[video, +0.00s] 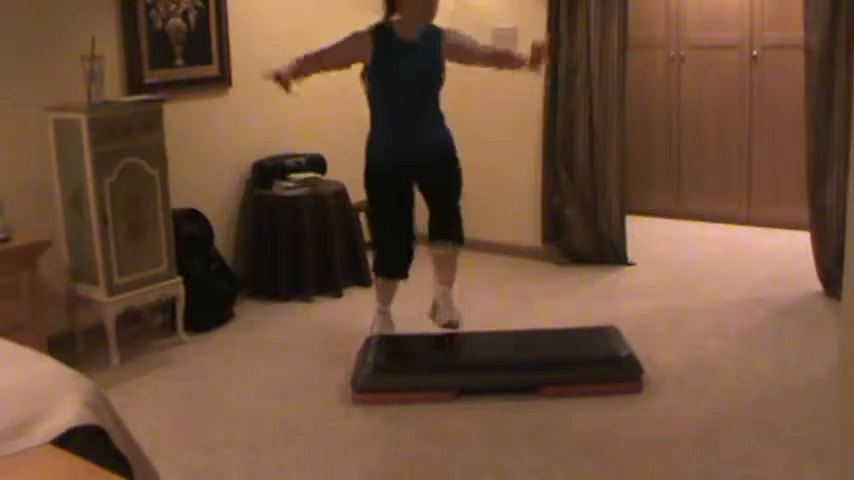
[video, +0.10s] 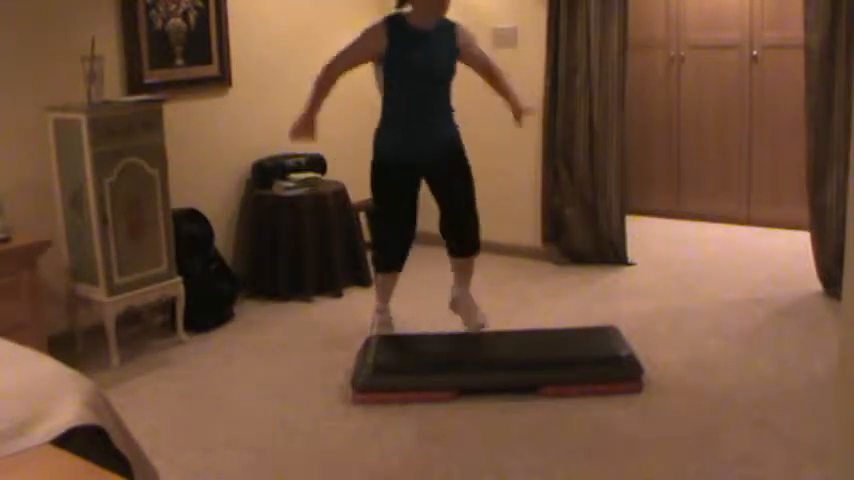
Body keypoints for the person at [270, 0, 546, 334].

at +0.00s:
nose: (433, 5)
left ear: (433, 5)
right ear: (402, 3)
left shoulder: (441, 40)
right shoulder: (371, 41)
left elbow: (484, 55)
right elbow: (323, 59)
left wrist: (524, 60)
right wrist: (291, 72)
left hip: (434, 149)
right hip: (387, 152)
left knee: (447, 226)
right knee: (391, 238)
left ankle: (444, 299)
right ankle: (382, 316)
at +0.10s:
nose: (446, 3)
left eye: (446, 1)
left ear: (444, 5)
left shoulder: (453, 34)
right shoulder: (386, 32)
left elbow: (486, 68)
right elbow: (333, 68)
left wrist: (513, 100)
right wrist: (309, 115)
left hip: (442, 145)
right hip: (396, 147)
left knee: (464, 224)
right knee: (393, 232)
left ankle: (462, 295)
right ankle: (382, 313)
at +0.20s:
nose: (460, 6)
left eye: (461, 3)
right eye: (453, 2)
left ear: (463, 6)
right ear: (432, 3)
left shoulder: (466, 38)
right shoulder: (404, 35)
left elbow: (474, 85)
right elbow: (362, 77)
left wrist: (485, 125)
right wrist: (348, 127)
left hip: (455, 152)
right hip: (410, 153)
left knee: (472, 227)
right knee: (400, 235)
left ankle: (466, 298)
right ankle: (382, 313)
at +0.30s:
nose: (475, 10)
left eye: (478, 4)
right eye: (468, 4)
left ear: (480, 8)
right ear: (448, 7)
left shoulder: (482, 45)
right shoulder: (421, 45)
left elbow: (476, 99)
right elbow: (387, 86)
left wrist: (479, 145)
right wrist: (376, 133)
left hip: (472, 159)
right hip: (429, 161)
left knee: (476, 241)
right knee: (423, 248)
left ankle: (464, 309)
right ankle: (391, 311)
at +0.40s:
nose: (485, 5)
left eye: (488, 2)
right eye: (479, 1)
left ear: (492, 5)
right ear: (463, 3)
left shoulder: (497, 38)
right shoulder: (437, 36)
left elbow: (508, 81)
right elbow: (395, 79)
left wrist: (511, 121)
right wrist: (383, 131)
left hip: (482, 152)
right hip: (442, 152)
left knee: (483, 233)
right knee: (454, 233)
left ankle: (464, 307)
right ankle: (428, 296)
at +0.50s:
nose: (494, 2)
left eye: (497, 1)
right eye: (489, 0)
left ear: (500, 1)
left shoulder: (509, 27)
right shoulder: (450, 27)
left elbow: (543, 57)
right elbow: (399, 65)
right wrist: (388, 102)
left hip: (489, 139)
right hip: (450, 138)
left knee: (491, 218)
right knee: (476, 213)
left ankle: (475, 301)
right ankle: (471, 304)